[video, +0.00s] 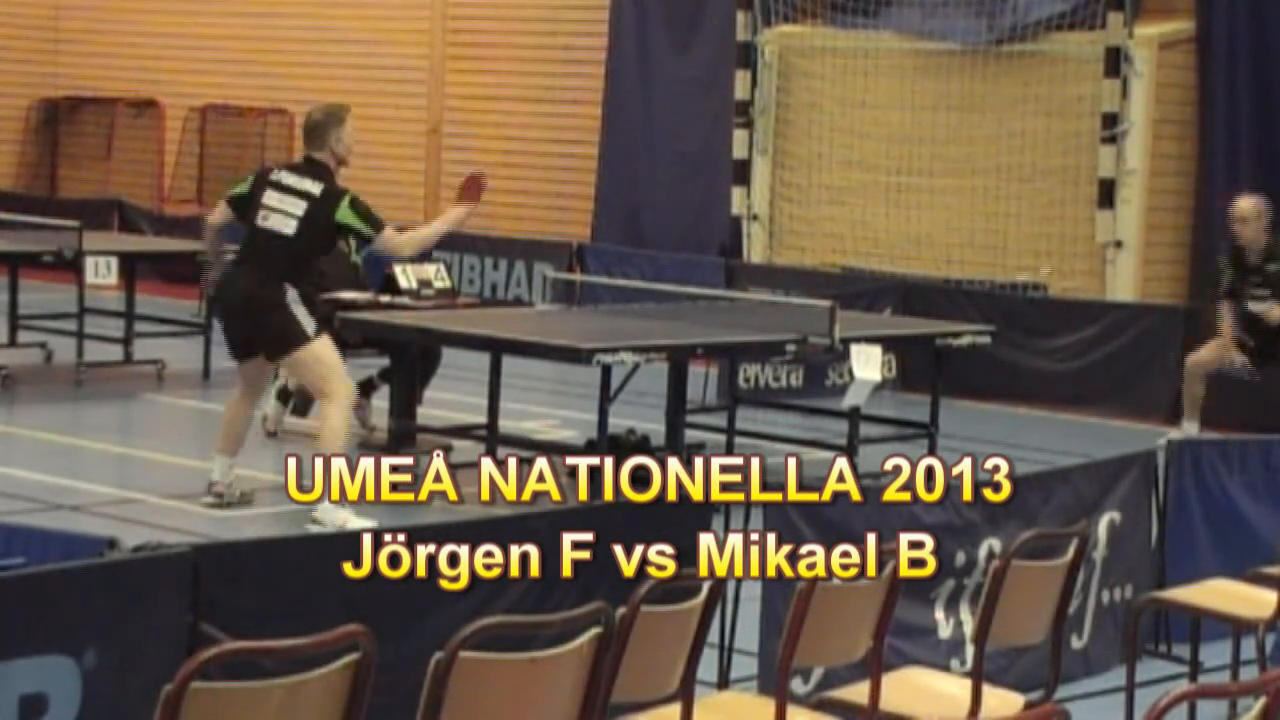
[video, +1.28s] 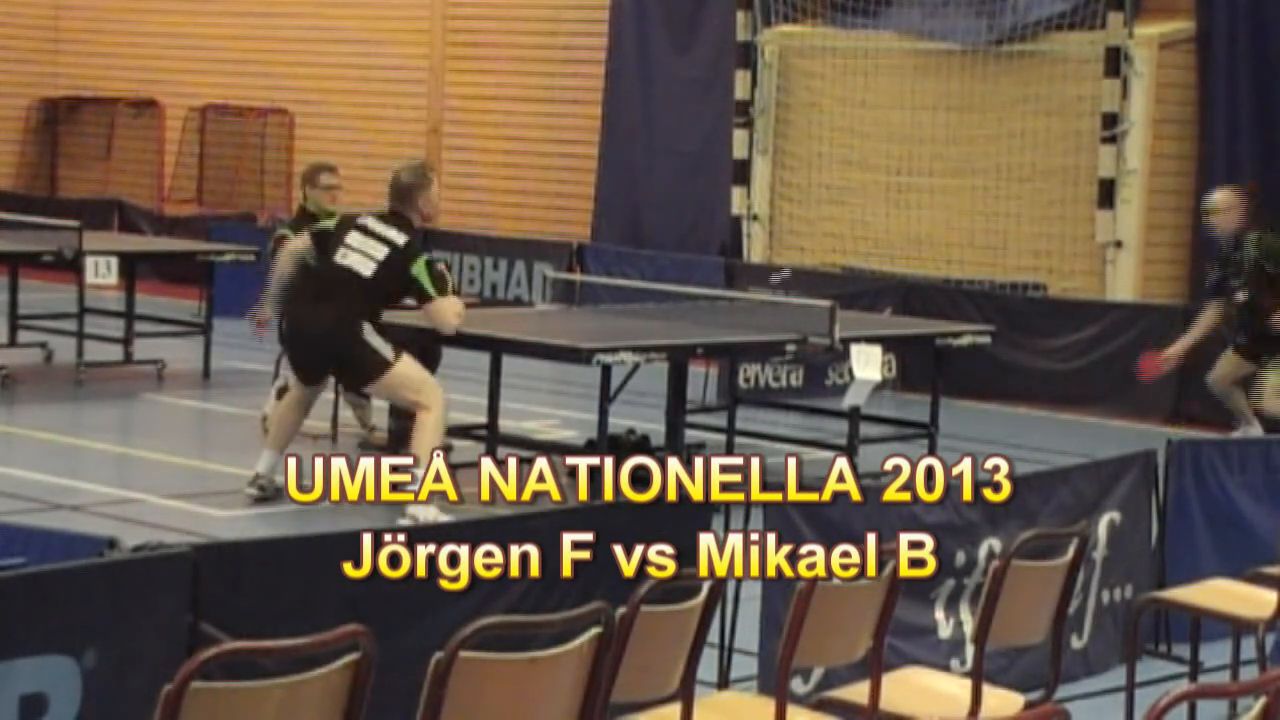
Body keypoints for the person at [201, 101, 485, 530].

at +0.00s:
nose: (354, 142)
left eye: (352, 134)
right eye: (350, 134)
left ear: (309, 142)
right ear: (334, 142)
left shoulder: (268, 177)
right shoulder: (335, 199)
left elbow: (215, 219)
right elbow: (399, 245)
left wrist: (217, 265)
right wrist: (456, 214)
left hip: (232, 291)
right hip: (272, 297)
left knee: (252, 384)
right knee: (338, 389)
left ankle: (219, 481)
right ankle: (330, 501)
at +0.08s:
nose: (357, 143)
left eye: (355, 135)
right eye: (352, 136)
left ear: (313, 143)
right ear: (337, 143)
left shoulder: (272, 181)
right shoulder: (336, 203)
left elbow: (229, 232)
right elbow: (386, 259)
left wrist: (242, 271)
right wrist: (434, 246)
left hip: (244, 294)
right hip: (284, 301)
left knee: (265, 380)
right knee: (352, 395)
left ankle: (227, 468)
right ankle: (334, 503)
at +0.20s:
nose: (360, 149)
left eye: (358, 142)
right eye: (356, 142)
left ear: (317, 149)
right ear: (340, 150)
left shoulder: (277, 188)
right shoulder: (334, 209)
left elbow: (249, 249)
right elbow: (376, 276)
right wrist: (423, 272)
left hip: (251, 303)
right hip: (289, 311)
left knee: (278, 383)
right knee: (362, 397)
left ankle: (245, 472)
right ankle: (333, 503)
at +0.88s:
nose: (410, 180)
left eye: (408, 173)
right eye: (406, 175)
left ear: (368, 176)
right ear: (392, 182)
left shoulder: (325, 195)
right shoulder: (389, 233)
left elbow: (260, 221)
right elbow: (441, 287)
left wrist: (249, 266)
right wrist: (482, 282)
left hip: (253, 295)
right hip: (296, 305)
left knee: (262, 388)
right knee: (360, 399)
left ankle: (243, 476)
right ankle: (332, 503)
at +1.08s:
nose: (422, 167)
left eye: (420, 160)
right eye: (418, 161)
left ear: (380, 162)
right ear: (405, 167)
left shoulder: (338, 181)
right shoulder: (400, 222)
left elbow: (278, 190)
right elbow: (438, 294)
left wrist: (238, 236)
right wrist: (453, 278)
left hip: (281, 288)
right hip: (325, 300)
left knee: (296, 370)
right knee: (400, 380)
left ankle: (256, 462)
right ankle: (380, 474)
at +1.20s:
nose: (430, 193)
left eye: (429, 186)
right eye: (427, 186)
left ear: (387, 186)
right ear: (417, 192)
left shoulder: (347, 207)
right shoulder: (409, 240)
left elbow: (283, 227)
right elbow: (445, 312)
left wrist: (258, 274)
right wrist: (446, 289)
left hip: (293, 317)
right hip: (339, 323)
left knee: (300, 385)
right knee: (420, 399)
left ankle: (261, 475)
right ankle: (416, 498)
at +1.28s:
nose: (438, 200)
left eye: (436, 193)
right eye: (434, 193)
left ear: (394, 196)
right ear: (420, 200)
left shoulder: (354, 222)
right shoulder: (413, 249)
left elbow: (290, 250)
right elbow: (447, 321)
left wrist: (271, 303)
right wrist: (452, 296)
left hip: (298, 324)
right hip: (345, 333)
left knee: (304, 386)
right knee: (431, 400)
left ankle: (263, 472)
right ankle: (422, 498)